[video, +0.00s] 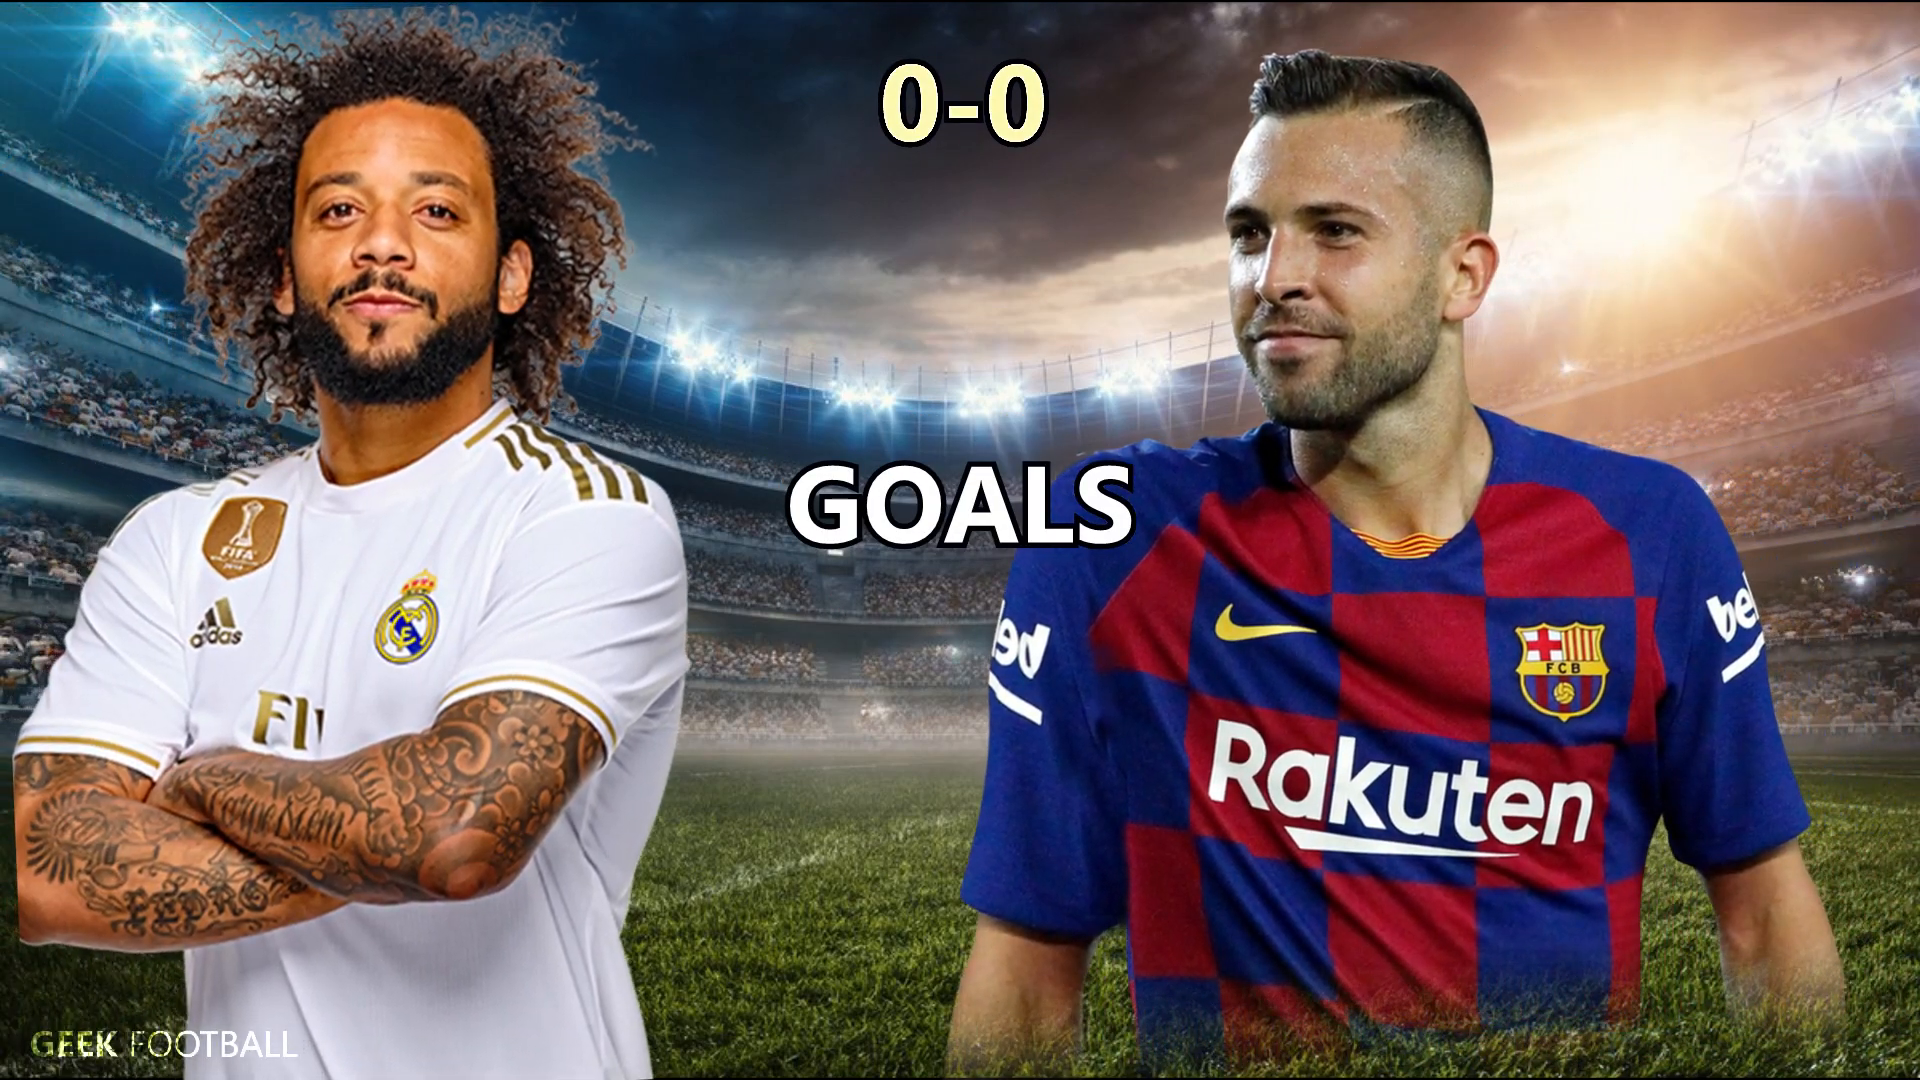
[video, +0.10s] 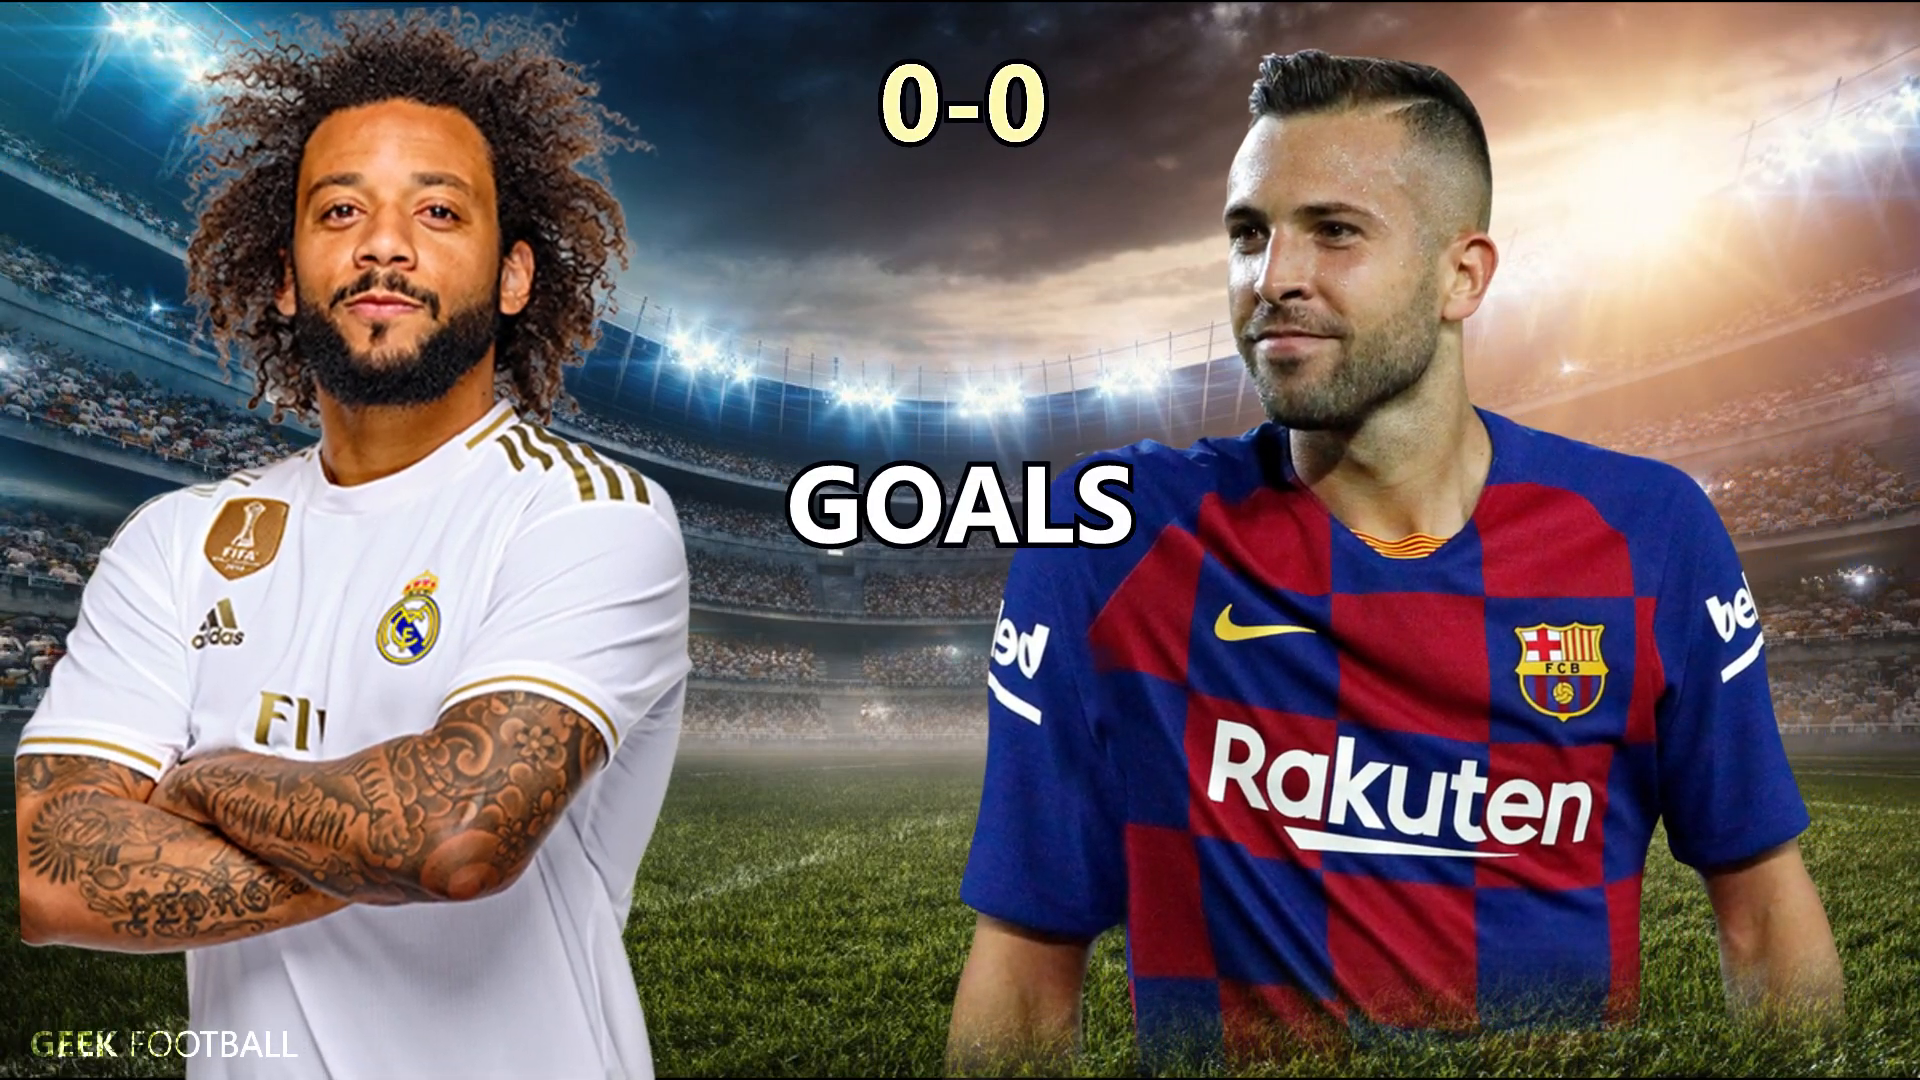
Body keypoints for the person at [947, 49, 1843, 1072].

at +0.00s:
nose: (1272, 279)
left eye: (1336, 232)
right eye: (1251, 236)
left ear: (1466, 275)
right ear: (1226, 256)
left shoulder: (1655, 536)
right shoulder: (1109, 544)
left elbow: (1766, 913)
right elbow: (1026, 968)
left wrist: (1812, 1074)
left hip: (1557, 1051)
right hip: (1232, 1052)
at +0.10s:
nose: (1271, 279)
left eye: (1335, 232)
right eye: (1250, 236)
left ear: (1465, 274)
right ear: (1225, 256)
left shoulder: (1654, 537)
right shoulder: (1109, 544)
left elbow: (1765, 910)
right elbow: (1026, 967)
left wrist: (1814, 1079)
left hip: (1557, 1051)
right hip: (1231, 1051)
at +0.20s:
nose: (1268, 279)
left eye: (1331, 233)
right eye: (1246, 236)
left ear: (1462, 275)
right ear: (1222, 257)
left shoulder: (1650, 537)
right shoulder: (1103, 543)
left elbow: (1763, 918)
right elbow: (1022, 963)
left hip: (1553, 1050)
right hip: (1226, 1049)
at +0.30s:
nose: (1265, 279)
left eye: (1329, 233)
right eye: (1244, 236)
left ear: (1459, 275)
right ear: (1219, 257)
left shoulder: (1648, 538)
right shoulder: (1101, 544)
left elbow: (1759, 912)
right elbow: (1020, 966)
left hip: (1550, 1050)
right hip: (1222, 1051)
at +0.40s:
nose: (1264, 279)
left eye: (1327, 233)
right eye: (1242, 236)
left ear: (1457, 275)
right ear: (1217, 257)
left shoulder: (1646, 538)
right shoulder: (1099, 546)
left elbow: (1756, 909)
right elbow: (1019, 964)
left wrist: (1809, 1076)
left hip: (1548, 1050)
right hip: (1222, 1051)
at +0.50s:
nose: (1264, 279)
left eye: (1327, 233)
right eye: (1242, 236)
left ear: (1457, 275)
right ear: (1218, 257)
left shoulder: (1646, 538)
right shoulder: (1099, 546)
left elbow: (1756, 911)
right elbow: (1017, 965)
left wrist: (1804, 1076)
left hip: (1547, 1049)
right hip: (1221, 1050)